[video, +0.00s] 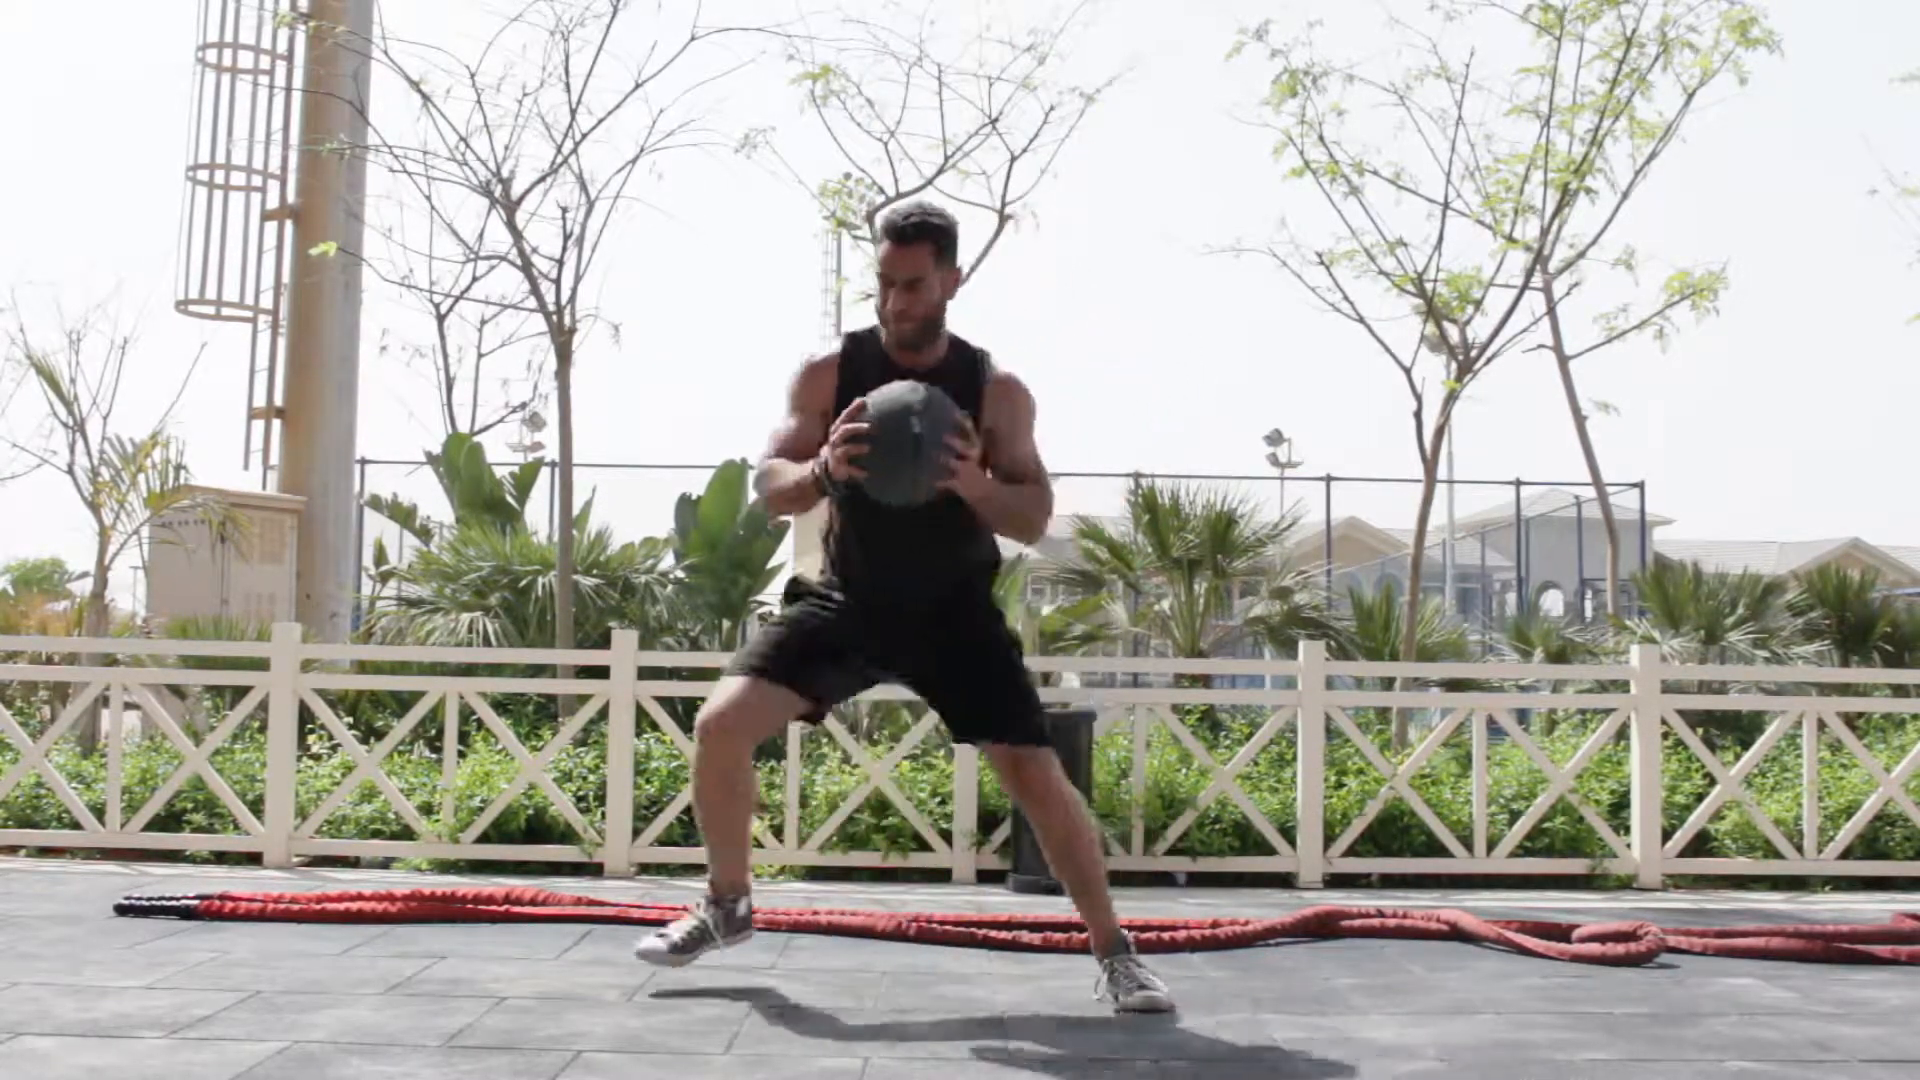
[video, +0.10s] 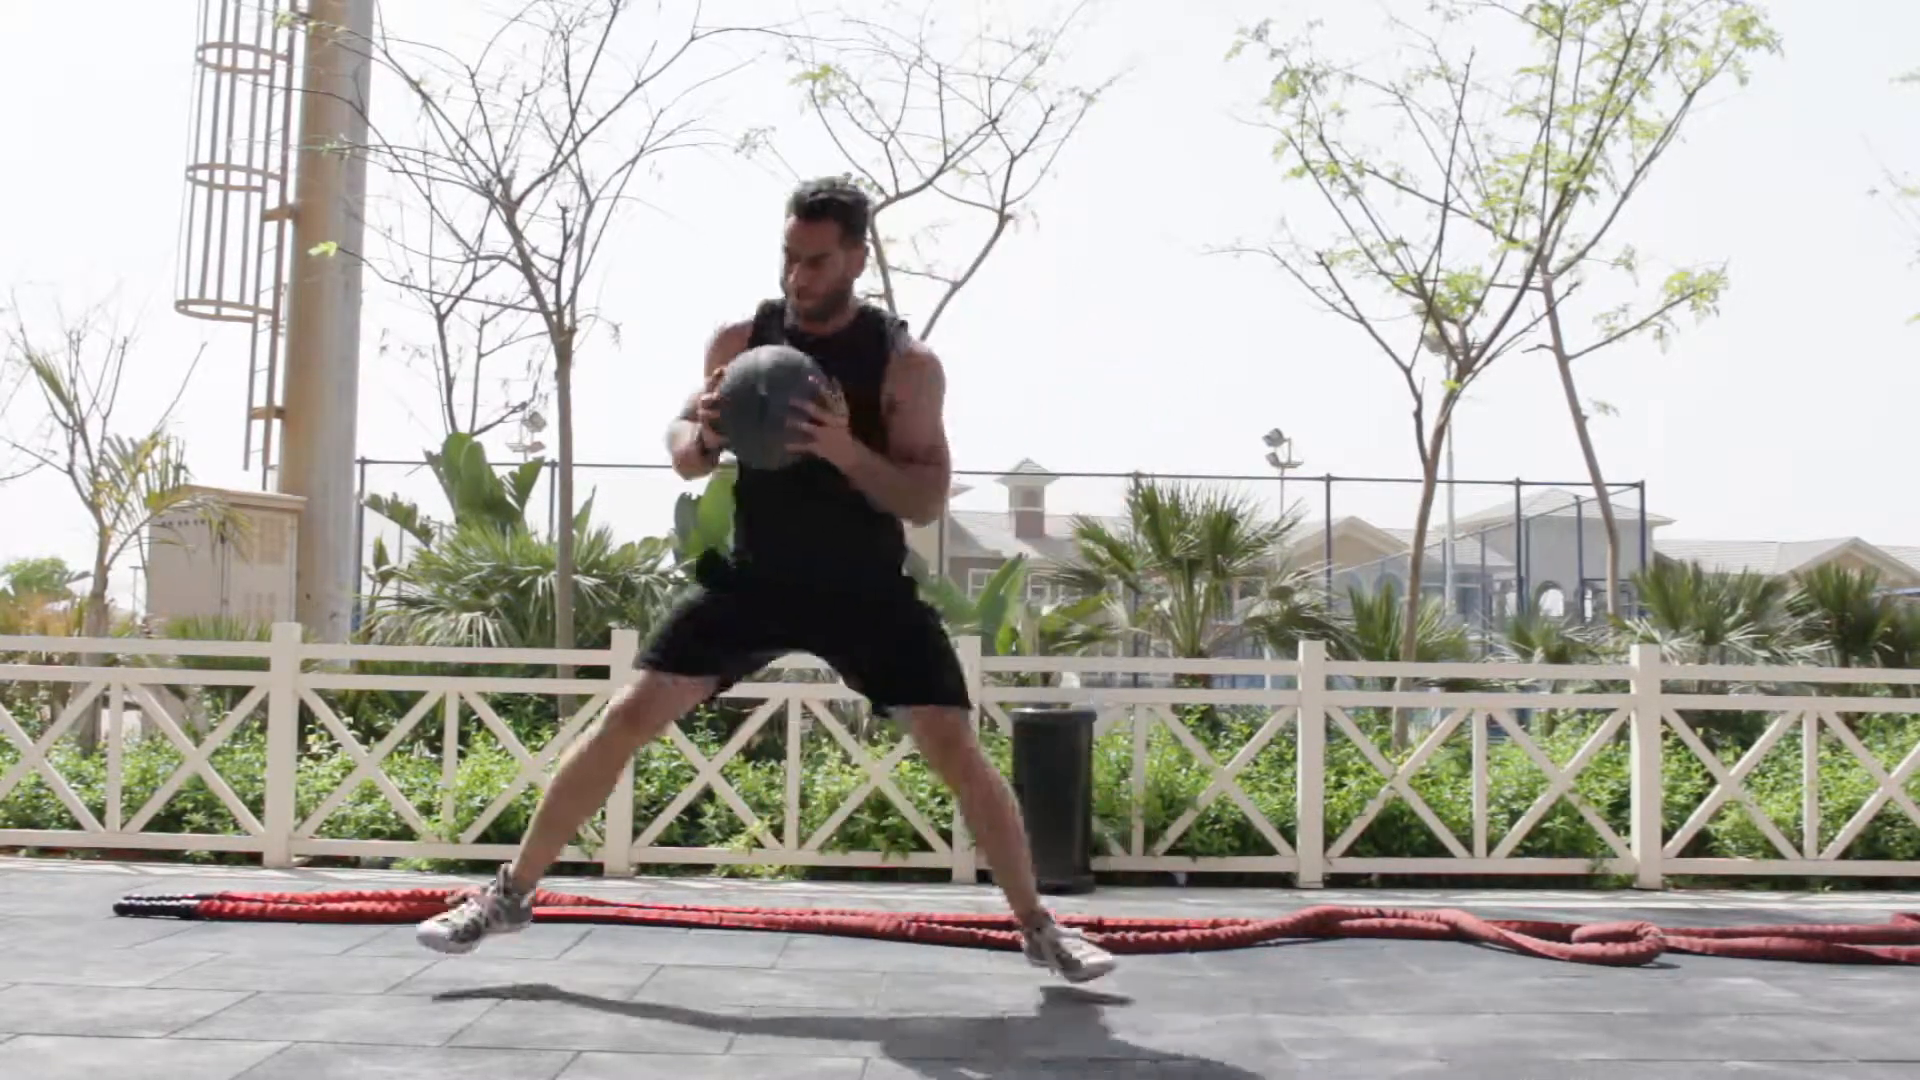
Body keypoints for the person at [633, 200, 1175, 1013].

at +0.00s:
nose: (896, 300)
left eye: (915, 284)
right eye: (886, 282)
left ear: (952, 283)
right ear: (874, 279)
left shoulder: (996, 393)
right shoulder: (827, 377)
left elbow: (1034, 518)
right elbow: (771, 492)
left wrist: (976, 482)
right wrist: (820, 471)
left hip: (958, 620)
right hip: (847, 610)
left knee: (1038, 774)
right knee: (720, 726)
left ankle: (1114, 951)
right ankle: (727, 905)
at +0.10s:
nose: (800, 275)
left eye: (818, 260)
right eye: (791, 258)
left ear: (859, 259)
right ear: (779, 254)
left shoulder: (906, 362)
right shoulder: (738, 343)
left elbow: (929, 499)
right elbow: (684, 458)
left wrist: (846, 447)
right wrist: (710, 431)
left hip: (868, 593)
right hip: (752, 585)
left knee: (956, 748)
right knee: (629, 718)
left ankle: (1040, 928)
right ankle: (510, 891)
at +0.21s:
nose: (668, 317)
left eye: (688, 305)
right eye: (663, 298)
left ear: (732, 303)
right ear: (656, 289)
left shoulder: (772, 405)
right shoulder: (637, 376)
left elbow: (758, 553)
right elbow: (582, 489)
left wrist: (673, 473)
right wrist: (579, 441)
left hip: (734, 626)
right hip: (633, 616)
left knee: (798, 784)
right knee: (526, 755)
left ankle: (798, 868)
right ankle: (436, 936)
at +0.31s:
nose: (584, 369)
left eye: (606, 356)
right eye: (581, 348)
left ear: (651, 358)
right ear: (573, 340)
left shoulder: (688, 459)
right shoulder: (571, 411)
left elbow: (642, 605)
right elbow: (524, 529)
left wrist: (559, 515)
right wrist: (517, 492)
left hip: (665, 654)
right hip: (578, 622)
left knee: (639, 861)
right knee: (475, 761)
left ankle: (614, 847)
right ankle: (429, 937)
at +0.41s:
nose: (532, 406)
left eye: (554, 394)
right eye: (529, 387)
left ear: (600, 392)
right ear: (522, 377)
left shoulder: (629, 494)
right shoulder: (539, 443)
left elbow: (571, 644)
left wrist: (494, 546)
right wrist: (485, 515)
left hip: (622, 686)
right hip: (535, 646)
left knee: (538, 869)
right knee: (449, 760)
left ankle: (503, 819)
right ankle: (426, 937)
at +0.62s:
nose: (534, 416)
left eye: (554, 401)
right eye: (526, 396)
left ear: (596, 393)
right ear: (517, 386)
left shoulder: (647, 489)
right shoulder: (530, 454)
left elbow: (629, 638)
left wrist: (528, 569)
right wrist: (490, 537)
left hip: (633, 676)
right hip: (548, 637)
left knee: (540, 852)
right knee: (460, 773)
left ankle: (457, 831)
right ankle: (431, 937)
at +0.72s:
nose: (606, 384)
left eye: (623, 367)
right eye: (593, 364)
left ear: (647, 356)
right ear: (565, 346)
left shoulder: (700, 446)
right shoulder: (533, 442)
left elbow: (725, 585)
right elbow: (493, 561)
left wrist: (630, 540)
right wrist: (513, 542)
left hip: (671, 640)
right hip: (570, 631)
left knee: (697, 816)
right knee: (485, 773)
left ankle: (600, 865)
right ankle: (432, 938)